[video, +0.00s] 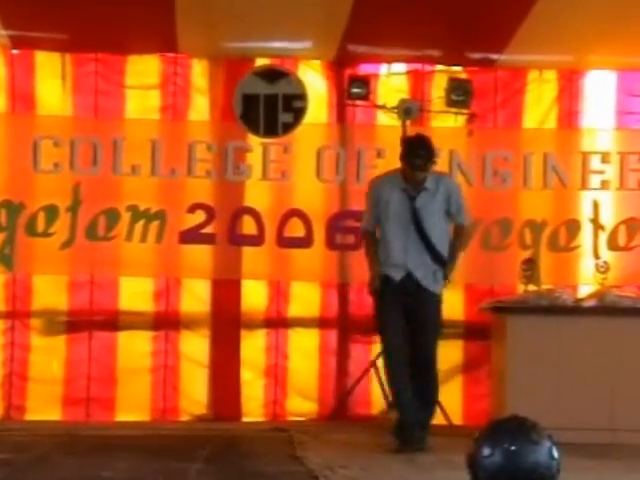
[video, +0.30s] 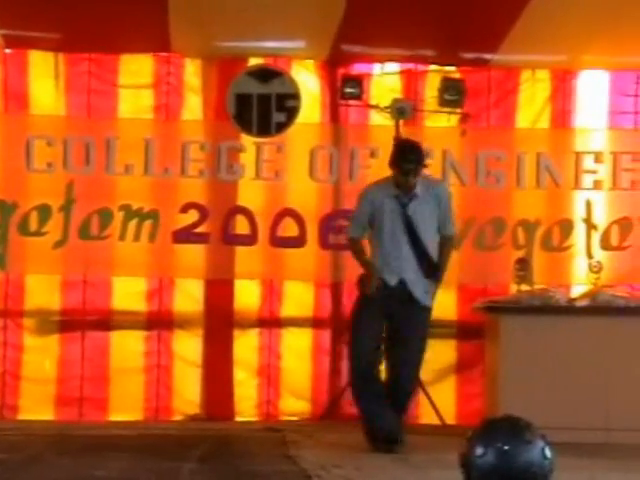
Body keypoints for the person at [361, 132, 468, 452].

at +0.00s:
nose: (419, 176)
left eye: (424, 170)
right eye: (413, 169)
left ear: (433, 165)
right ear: (402, 163)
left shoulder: (446, 187)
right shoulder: (381, 187)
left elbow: (463, 226)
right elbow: (369, 231)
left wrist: (448, 266)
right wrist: (375, 270)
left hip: (427, 282)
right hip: (389, 281)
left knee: (424, 356)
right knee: (396, 355)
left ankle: (420, 427)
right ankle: (406, 426)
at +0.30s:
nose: (409, 180)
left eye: (415, 174)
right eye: (404, 174)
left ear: (422, 169)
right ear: (393, 169)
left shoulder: (437, 192)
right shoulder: (374, 194)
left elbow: (448, 237)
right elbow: (354, 237)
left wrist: (438, 275)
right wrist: (369, 268)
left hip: (418, 289)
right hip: (380, 287)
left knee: (406, 367)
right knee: (362, 357)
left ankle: (388, 430)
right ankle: (382, 427)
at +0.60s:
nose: (370, 180)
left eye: (374, 173)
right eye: (363, 174)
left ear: (381, 168)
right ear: (351, 170)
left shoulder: (394, 188)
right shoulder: (331, 197)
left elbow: (408, 221)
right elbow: (322, 246)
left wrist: (401, 255)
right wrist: (330, 287)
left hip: (384, 282)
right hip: (345, 283)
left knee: (392, 356)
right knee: (342, 357)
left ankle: (393, 430)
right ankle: (358, 428)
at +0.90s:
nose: (359, 178)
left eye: (365, 171)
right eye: (353, 171)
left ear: (373, 168)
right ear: (341, 167)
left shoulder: (390, 191)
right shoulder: (324, 195)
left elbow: (414, 226)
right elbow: (316, 242)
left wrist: (398, 273)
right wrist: (320, 282)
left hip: (381, 289)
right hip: (341, 289)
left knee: (381, 362)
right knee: (342, 362)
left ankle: (363, 435)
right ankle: (352, 427)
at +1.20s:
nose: (348, 182)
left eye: (354, 175)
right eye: (342, 175)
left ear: (361, 172)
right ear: (330, 170)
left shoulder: (369, 199)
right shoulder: (305, 196)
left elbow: (372, 239)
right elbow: (287, 240)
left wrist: (365, 280)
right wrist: (299, 283)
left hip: (353, 294)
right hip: (313, 294)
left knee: (361, 366)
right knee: (309, 371)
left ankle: (343, 433)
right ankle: (335, 425)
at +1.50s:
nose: (345, 182)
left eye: (351, 176)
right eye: (340, 175)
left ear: (359, 172)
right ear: (327, 168)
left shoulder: (370, 195)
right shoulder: (302, 193)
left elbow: (380, 237)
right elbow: (286, 239)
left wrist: (364, 279)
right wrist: (285, 280)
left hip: (346, 293)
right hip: (306, 289)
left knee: (335, 374)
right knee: (289, 363)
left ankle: (324, 444)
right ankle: (263, 432)